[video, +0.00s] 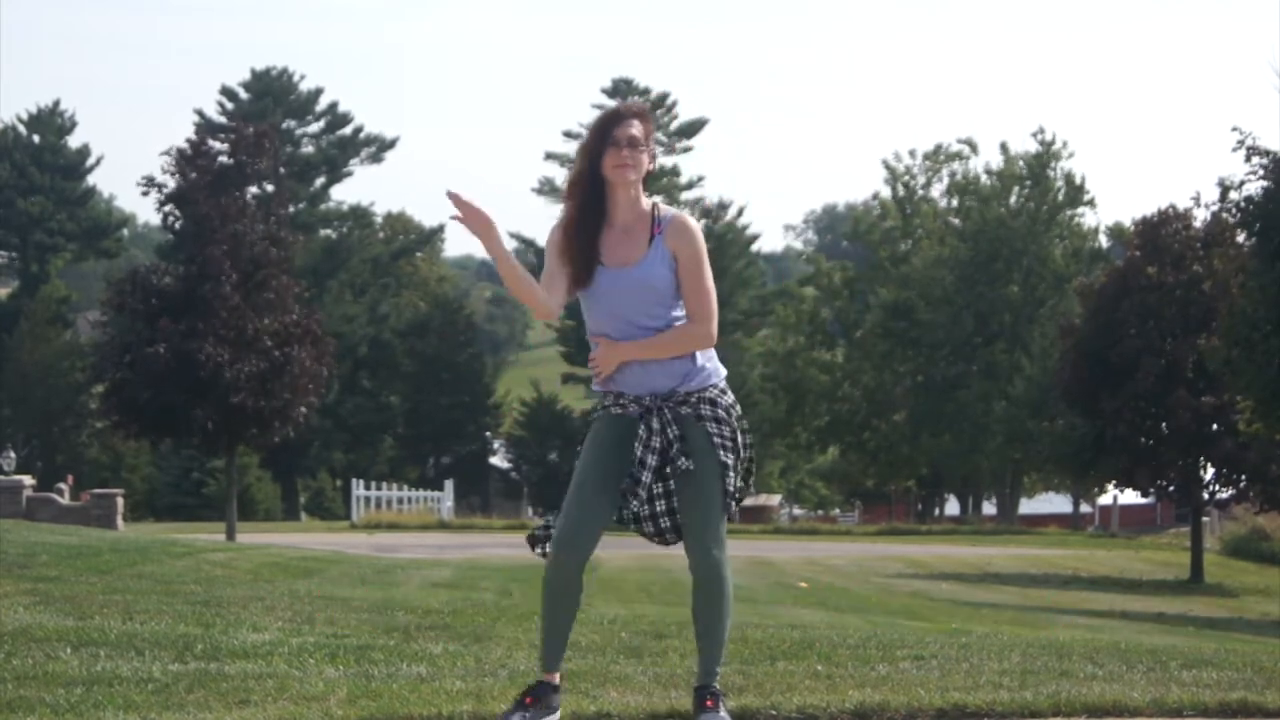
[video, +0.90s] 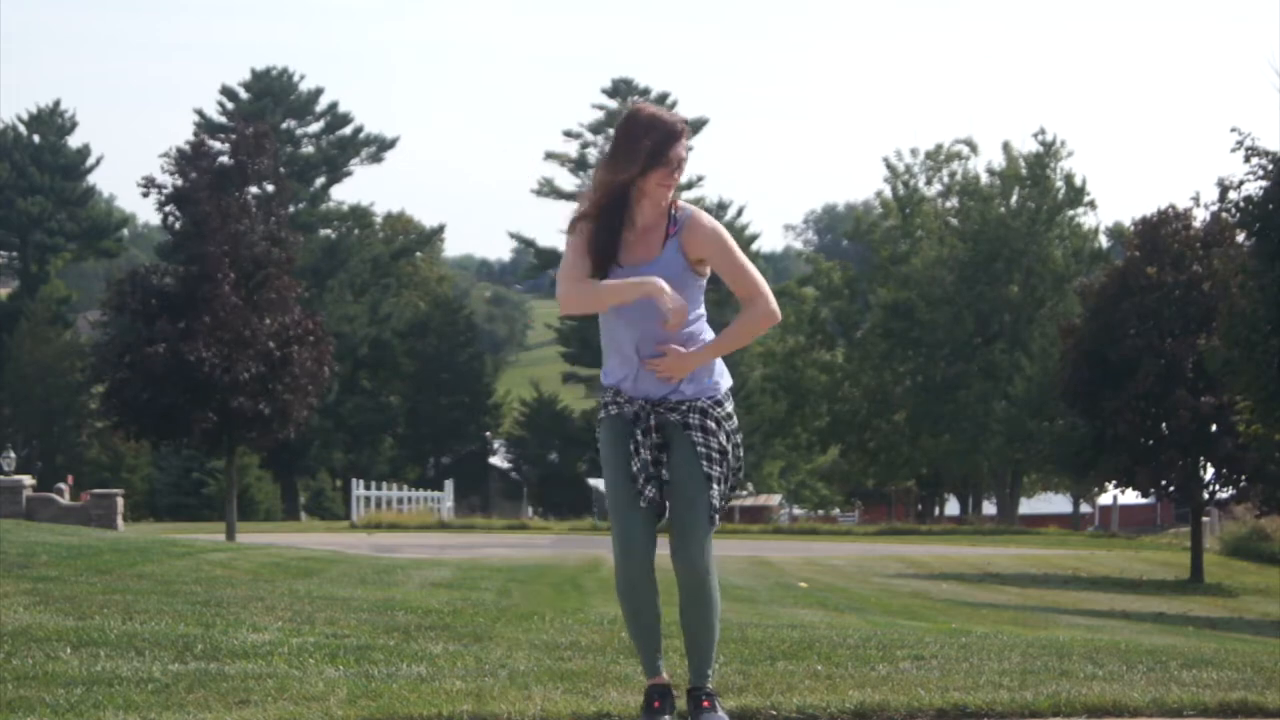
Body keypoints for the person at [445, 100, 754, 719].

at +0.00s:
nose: (632, 153)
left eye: (641, 144)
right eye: (621, 143)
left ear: (652, 157)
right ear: (598, 155)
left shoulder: (678, 229)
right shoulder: (573, 232)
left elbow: (704, 331)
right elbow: (546, 306)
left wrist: (624, 351)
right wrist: (493, 241)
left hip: (694, 400)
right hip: (621, 403)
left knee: (706, 550)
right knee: (567, 547)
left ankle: (709, 690)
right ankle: (547, 684)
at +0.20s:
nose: (609, 150)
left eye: (619, 142)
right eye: (598, 141)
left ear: (633, 154)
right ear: (576, 153)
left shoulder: (658, 231)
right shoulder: (551, 228)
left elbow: (674, 333)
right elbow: (493, 296)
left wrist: (597, 351)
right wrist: (409, 258)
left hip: (650, 410)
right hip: (572, 409)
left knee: (671, 552)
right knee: (535, 543)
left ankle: (704, 691)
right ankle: (493, 691)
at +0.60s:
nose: (624, 171)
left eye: (633, 161)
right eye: (613, 160)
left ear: (643, 164)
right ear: (588, 163)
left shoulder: (670, 227)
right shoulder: (564, 237)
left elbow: (709, 325)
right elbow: (514, 313)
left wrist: (636, 357)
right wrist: (462, 239)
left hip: (658, 414)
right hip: (580, 412)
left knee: (680, 558)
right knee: (544, 550)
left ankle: (700, 693)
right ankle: (496, 688)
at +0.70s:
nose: (644, 168)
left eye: (652, 157)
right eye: (633, 158)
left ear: (659, 160)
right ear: (602, 160)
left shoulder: (678, 223)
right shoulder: (574, 230)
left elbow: (738, 312)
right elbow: (527, 303)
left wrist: (663, 346)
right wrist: (531, 220)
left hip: (683, 404)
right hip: (605, 404)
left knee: (693, 549)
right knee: (574, 544)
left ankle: (703, 693)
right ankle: (530, 683)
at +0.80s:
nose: (667, 170)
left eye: (670, 160)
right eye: (657, 159)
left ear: (666, 162)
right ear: (624, 159)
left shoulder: (687, 226)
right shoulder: (580, 228)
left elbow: (760, 304)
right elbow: (543, 294)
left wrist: (689, 343)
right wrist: (597, 237)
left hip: (693, 404)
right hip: (621, 405)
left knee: (696, 551)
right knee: (604, 546)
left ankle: (702, 691)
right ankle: (610, 681)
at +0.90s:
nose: (676, 177)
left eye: (681, 166)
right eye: (667, 165)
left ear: (681, 167)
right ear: (633, 164)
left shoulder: (696, 229)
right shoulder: (592, 227)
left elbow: (764, 309)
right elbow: (570, 298)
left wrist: (698, 354)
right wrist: (650, 285)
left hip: (693, 407)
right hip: (622, 408)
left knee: (691, 550)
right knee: (631, 551)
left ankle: (702, 691)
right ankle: (656, 683)